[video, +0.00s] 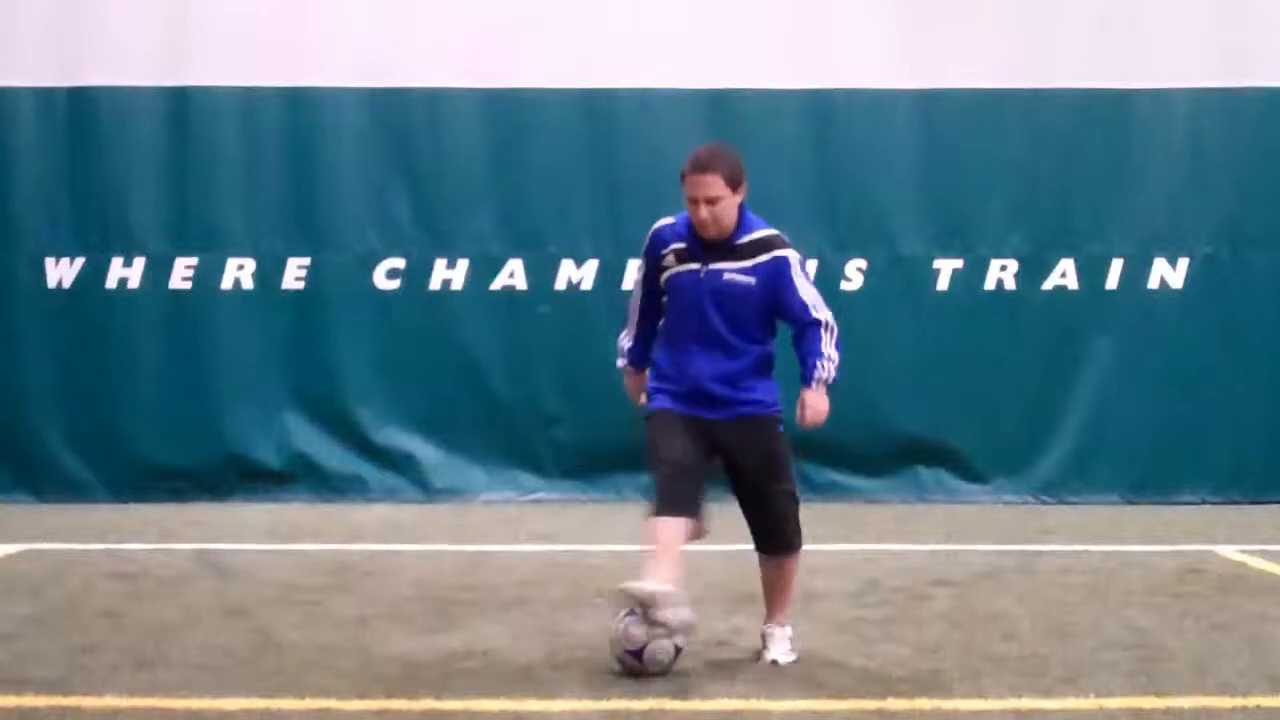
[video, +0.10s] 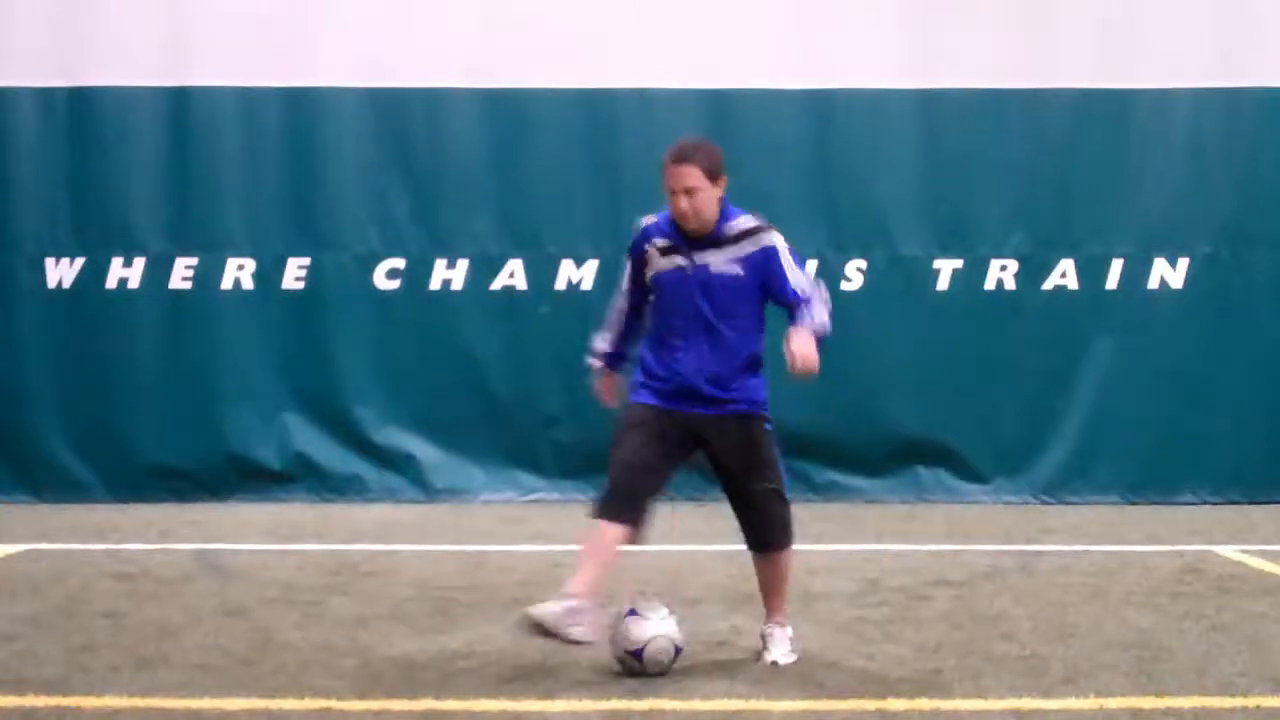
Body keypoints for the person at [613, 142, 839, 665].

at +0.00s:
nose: (702, 214)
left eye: (713, 202)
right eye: (693, 202)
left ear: (739, 195)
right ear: (682, 196)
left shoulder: (771, 250)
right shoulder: (664, 241)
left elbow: (815, 321)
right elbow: (644, 307)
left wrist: (817, 382)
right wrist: (633, 363)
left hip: (748, 405)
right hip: (676, 401)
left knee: (777, 518)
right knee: (674, 481)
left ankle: (777, 626)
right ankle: (662, 589)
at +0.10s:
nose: (680, 204)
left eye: (691, 192)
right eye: (672, 193)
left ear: (720, 187)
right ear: (665, 192)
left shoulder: (759, 241)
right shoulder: (650, 241)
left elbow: (808, 297)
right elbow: (628, 305)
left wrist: (804, 327)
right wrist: (606, 360)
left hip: (735, 404)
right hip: (660, 400)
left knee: (767, 514)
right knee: (623, 489)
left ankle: (777, 625)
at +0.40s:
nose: (569, 192)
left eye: (579, 180)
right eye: (561, 182)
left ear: (607, 175)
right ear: (553, 183)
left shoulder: (651, 219)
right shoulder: (541, 235)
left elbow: (702, 279)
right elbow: (515, 302)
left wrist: (689, 314)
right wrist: (492, 365)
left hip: (644, 374)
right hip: (578, 388)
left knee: (655, 440)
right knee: (555, 506)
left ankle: (673, 559)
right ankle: (571, 621)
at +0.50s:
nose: (537, 212)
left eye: (546, 199)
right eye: (528, 202)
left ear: (573, 193)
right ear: (520, 201)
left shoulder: (618, 236)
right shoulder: (515, 252)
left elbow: (673, 297)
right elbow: (490, 317)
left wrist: (667, 346)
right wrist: (462, 371)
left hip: (615, 377)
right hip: (555, 393)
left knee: (600, 432)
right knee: (531, 511)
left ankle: (654, 547)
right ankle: (572, 621)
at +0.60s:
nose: (510, 197)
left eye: (520, 183)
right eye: (501, 187)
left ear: (547, 173)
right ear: (493, 185)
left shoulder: (592, 215)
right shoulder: (492, 232)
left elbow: (658, 270)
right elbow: (474, 294)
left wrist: (673, 332)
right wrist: (442, 333)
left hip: (601, 359)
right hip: (542, 374)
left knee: (558, 421)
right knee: (538, 495)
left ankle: (618, 536)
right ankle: (572, 617)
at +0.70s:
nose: (489, 178)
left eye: (498, 166)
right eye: (480, 169)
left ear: (525, 157)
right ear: (472, 170)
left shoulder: (569, 193)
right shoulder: (472, 214)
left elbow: (643, 240)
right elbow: (455, 264)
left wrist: (667, 303)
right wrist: (422, 302)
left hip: (586, 346)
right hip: (533, 357)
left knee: (535, 445)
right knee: (523, 478)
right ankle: (596, 577)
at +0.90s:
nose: (453, 234)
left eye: (462, 220)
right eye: (444, 223)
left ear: (490, 209)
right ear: (436, 219)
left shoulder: (532, 258)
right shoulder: (450, 256)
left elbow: (590, 325)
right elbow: (426, 288)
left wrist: (626, 394)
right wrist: (388, 316)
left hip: (548, 408)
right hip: (506, 408)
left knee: (488, 512)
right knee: (507, 515)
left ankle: (506, 645)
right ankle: (620, 518)